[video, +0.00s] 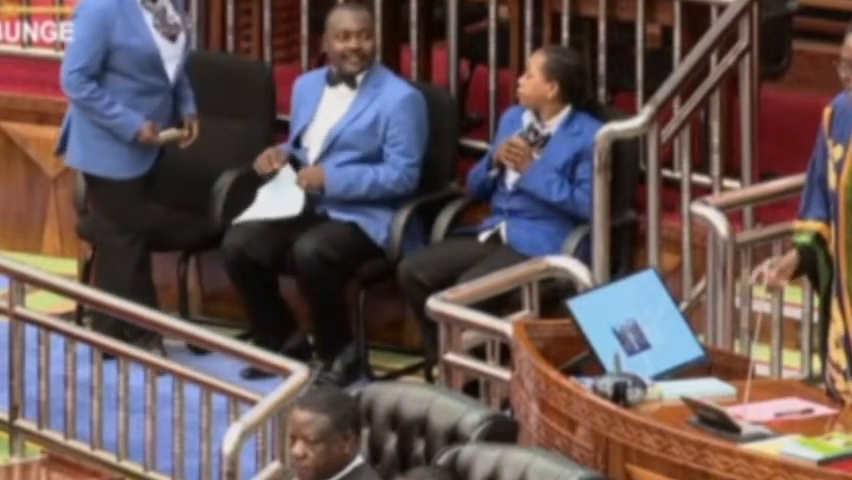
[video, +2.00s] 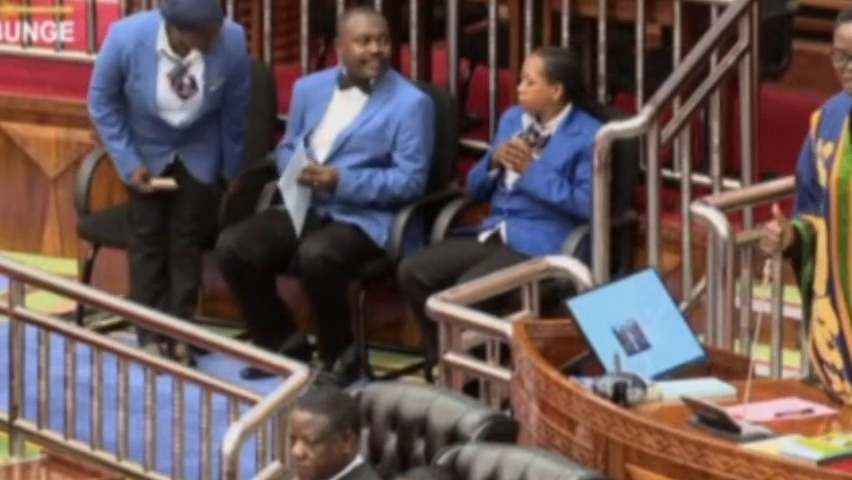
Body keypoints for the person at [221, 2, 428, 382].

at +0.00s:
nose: (354, 46)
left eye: (363, 36)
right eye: (343, 37)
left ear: (375, 41)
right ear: (325, 43)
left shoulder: (400, 98)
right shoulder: (307, 86)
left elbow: (403, 177)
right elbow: (302, 147)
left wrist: (329, 179)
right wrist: (279, 156)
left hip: (365, 216)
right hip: (304, 208)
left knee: (311, 253)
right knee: (240, 247)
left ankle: (336, 354)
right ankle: (281, 342)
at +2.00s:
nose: (374, 50)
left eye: (380, 41)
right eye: (363, 41)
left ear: (390, 45)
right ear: (340, 48)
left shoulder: (411, 103)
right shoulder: (308, 89)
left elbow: (410, 181)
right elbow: (286, 148)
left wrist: (340, 181)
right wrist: (297, 170)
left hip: (366, 219)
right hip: (302, 211)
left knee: (317, 257)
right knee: (235, 248)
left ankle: (340, 357)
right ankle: (282, 344)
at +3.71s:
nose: (331, 47)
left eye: (337, 36)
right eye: (319, 39)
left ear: (347, 36)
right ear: (297, 43)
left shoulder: (377, 89)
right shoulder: (262, 78)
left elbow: (399, 152)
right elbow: (232, 136)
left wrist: (390, 167)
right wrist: (252, 146)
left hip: (347, 204)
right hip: (282, 200)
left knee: (325, 264)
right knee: (238, 266)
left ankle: (337, 364)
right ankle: (281, 351)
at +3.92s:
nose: (354, 9)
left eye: (359, 3)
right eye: (344, 3)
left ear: (366, 4)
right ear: (317, 5)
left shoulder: (392, 48)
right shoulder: (278, 37)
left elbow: (406, 126)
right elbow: (245, 104)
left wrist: (418, 120)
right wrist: (277, 104)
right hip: (288, 179)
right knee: (253, 264)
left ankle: (340, 365)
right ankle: (282, 350)